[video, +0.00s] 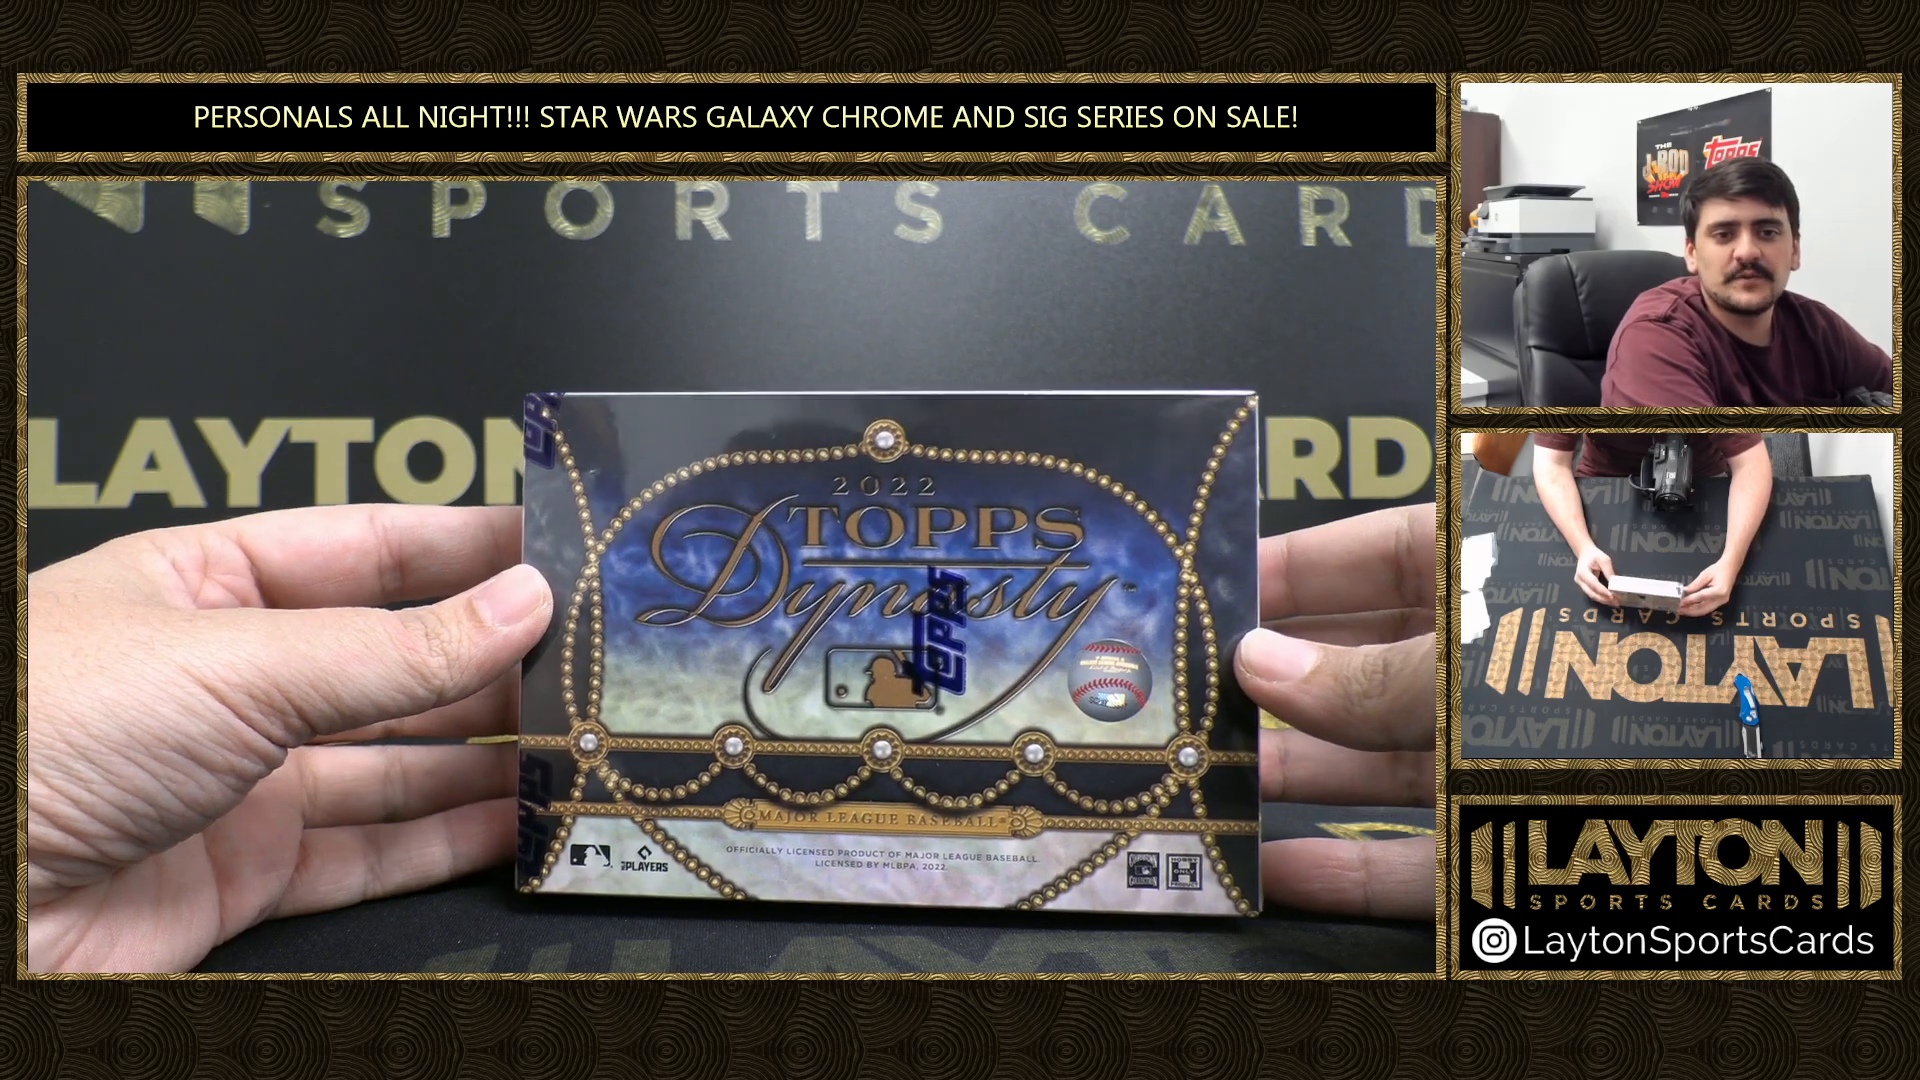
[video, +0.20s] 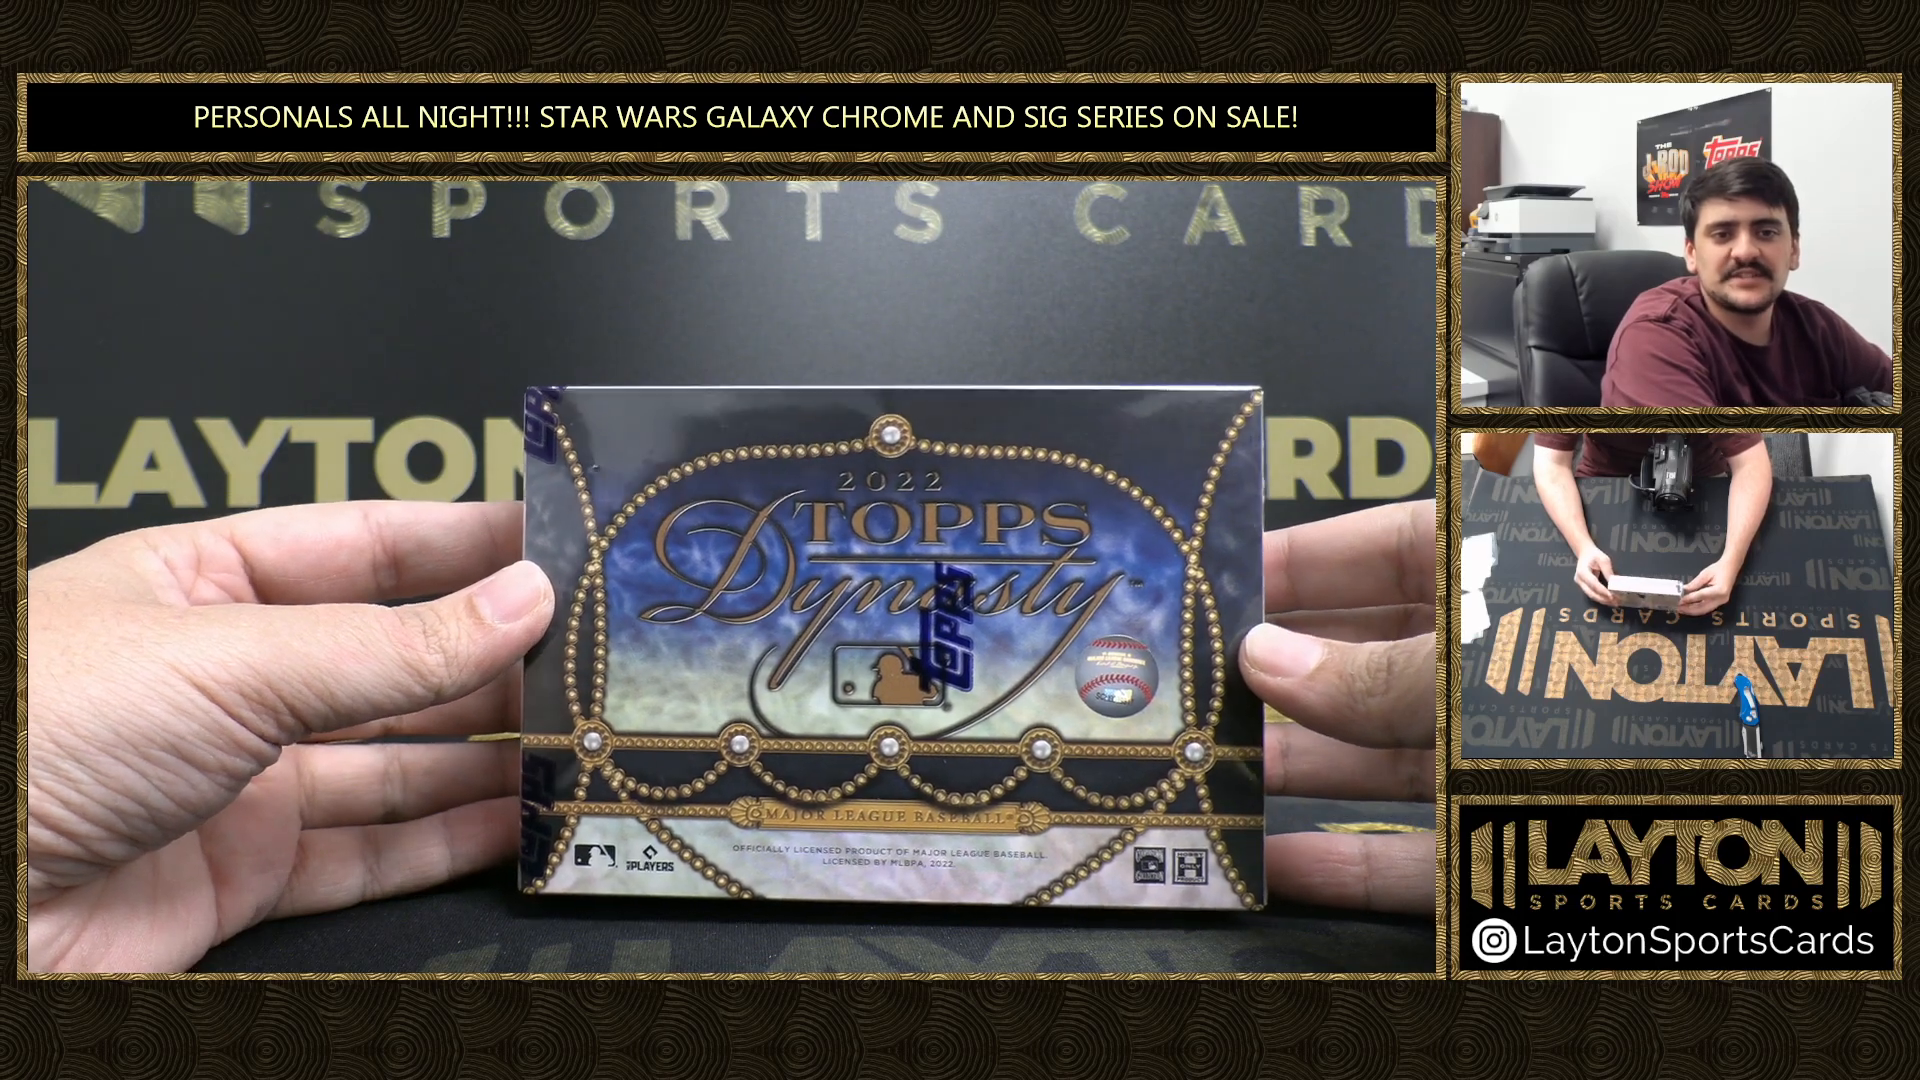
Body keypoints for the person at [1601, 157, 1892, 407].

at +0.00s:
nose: (1747, 252)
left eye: (1767, 233)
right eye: (1724, 235)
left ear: (1795, 251)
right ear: (1691, 254)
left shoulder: (1817, 329)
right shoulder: (1655, 333)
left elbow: (1897, 388)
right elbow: (1747, 460)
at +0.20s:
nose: (1745, 251)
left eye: (1765, 232)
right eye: (1723, 235)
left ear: (1794, 250)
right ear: (1691, 253)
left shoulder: (1817, 329)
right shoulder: (1655, 334)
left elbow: (1897, 389)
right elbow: (1747, 461)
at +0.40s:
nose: (1745, 252)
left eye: (1765, 233)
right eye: (1722, 235)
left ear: (1795, 251)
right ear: (1691, 254)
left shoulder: (1817, 329)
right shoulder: (1656, 333)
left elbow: (1897, 389)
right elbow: (1746, 461)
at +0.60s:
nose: (1741, 247)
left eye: (1764, 232)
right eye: (1721, 231)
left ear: (1795, 257)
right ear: (1691, 254)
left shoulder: (1817, 329)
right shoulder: (1655, 333)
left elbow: (1896, 389)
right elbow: (1746, 462)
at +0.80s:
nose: (1741, 247)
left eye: (1764, 232)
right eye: (1722, 230)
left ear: (1797, 255)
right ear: (1693, 253)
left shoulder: (1818, 328)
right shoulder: (1656, 333)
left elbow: (1896, 388)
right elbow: (1747, 462)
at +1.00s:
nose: (1741, 248)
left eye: (1764, 233)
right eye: (1721, 231)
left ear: (1796, 255)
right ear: (1693, 252)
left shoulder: (1818, 328)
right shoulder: (1657, 332)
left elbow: (1896, 388)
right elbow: (1747, 462)